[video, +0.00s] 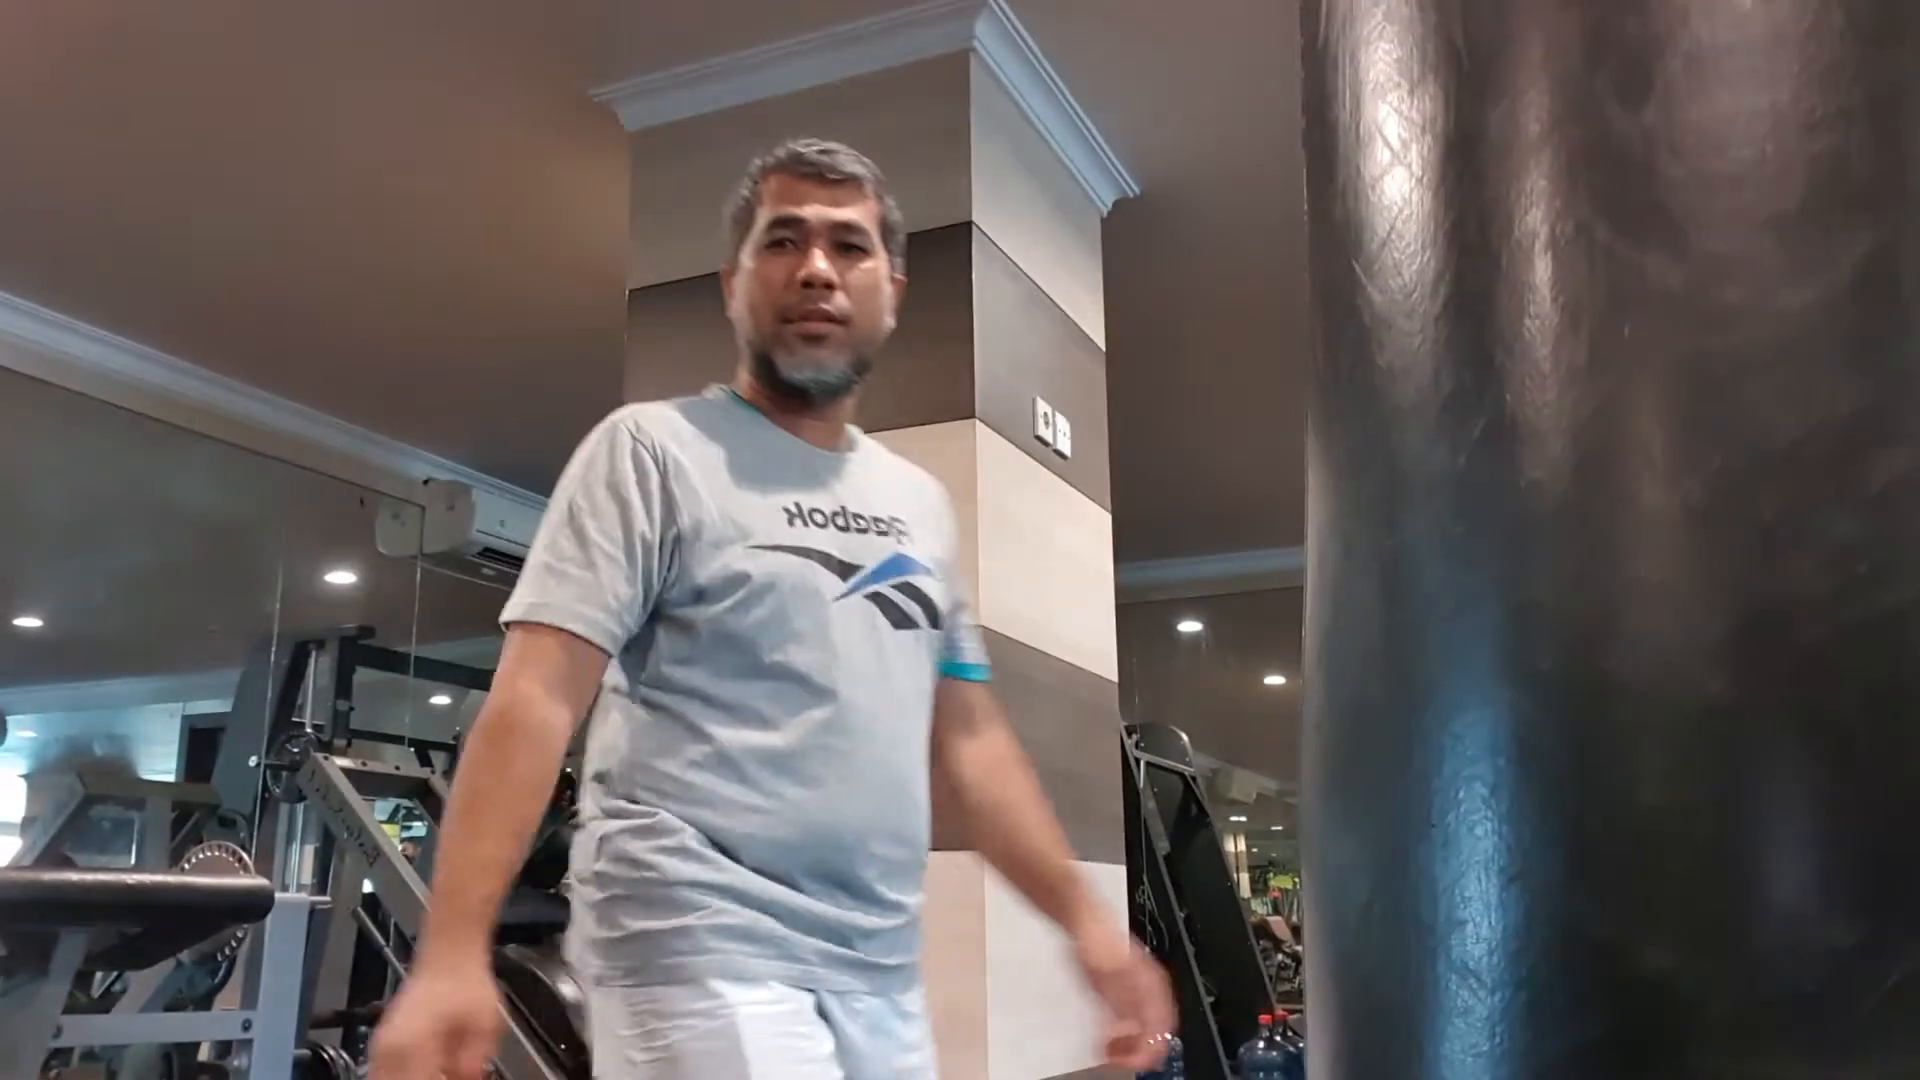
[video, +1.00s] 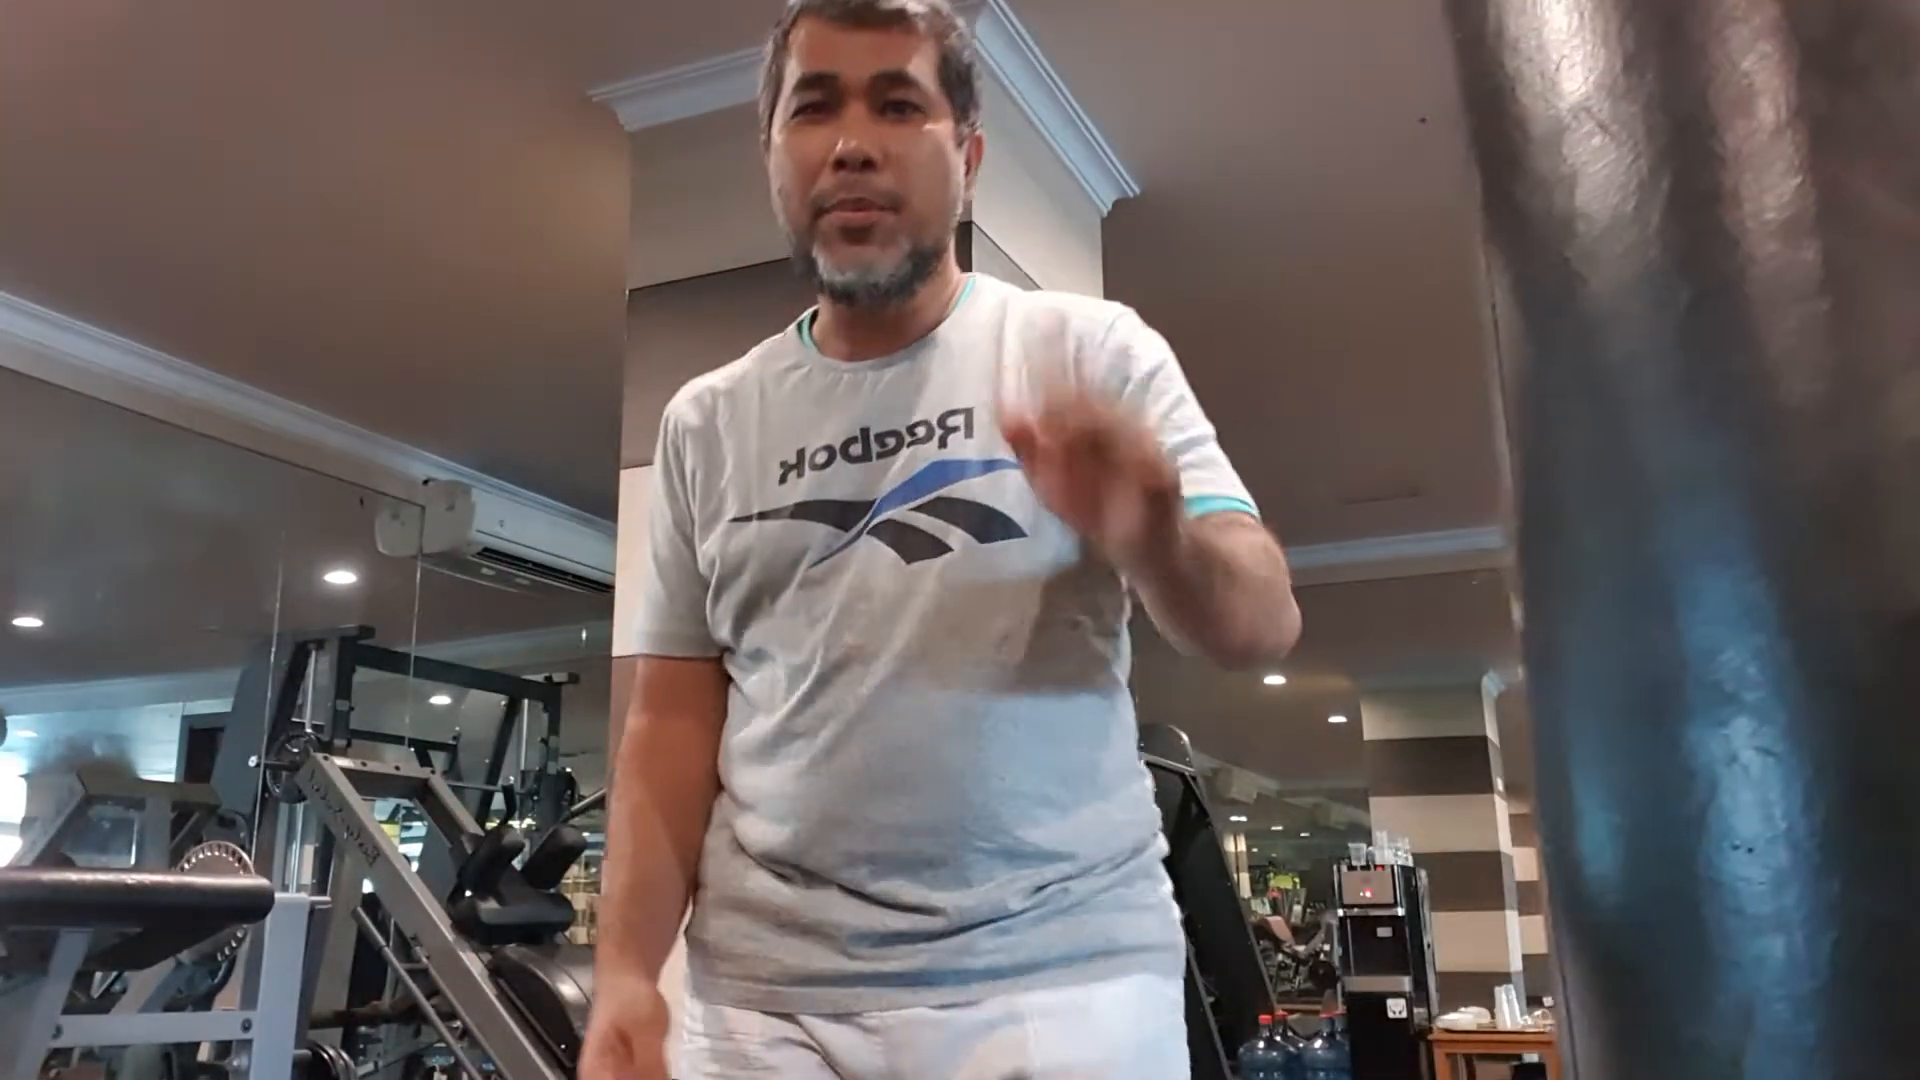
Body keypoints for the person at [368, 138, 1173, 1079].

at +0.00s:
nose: (816, 270)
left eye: (849, 247)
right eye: (784, 242)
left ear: (894, 296)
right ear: (729, 287)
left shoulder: (918, 503)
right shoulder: (647, 452)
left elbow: (966, 737)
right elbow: (534, 699)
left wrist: (1085, 917)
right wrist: (451, 954)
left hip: (876, 971)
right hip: (693, 953)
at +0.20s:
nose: (846, 239)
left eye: (882, 216)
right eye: (814, 213)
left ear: (933, 266)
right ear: (770, 260)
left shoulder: (1006, 474)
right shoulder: (675, 452)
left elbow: (1078, 683)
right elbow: (577, 710)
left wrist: (1164, 808)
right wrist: (486, 968)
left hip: (939, 960)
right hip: (722, 937)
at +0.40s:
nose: (849, 221)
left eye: (889, 194)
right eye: (817, 193)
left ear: (946, 246)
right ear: (775, 241)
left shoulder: (1041, 444)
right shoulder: (682, 462)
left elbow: (1150, 635)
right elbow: (639, 736)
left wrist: (1163, 673)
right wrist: (612, 1001)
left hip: (969, 1002)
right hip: (726, 999)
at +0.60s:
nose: (829, 197)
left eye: (871, 166)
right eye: (793, 167)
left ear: (934, 220)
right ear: (753, 220)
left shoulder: (1048, 396)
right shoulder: (678, 462)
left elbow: (1208, 639)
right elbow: (646, 742)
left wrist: (1123, 573)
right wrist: (615, 1017)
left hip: (1028, 1009)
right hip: (751, 1014)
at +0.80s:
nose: (829, 173)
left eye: (873, 137)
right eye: (793, 139)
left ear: (942, 187)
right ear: (750, 189)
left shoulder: (1057, 375)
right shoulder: (684, 447)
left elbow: (1230, 620)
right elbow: (651, 730)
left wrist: (1115, 492)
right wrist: (591, 1005)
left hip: (1049, 988)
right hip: (754, 1003)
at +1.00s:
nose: (852, 142)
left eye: (898, 105)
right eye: (815, 107)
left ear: (968, 156)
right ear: (772, 156)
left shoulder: (1090, 352)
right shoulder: (708, 425)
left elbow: (1263, 630)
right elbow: (669, 710)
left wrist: (1158, 544)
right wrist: (627, 970)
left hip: (1054, 993)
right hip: (760, 1004)